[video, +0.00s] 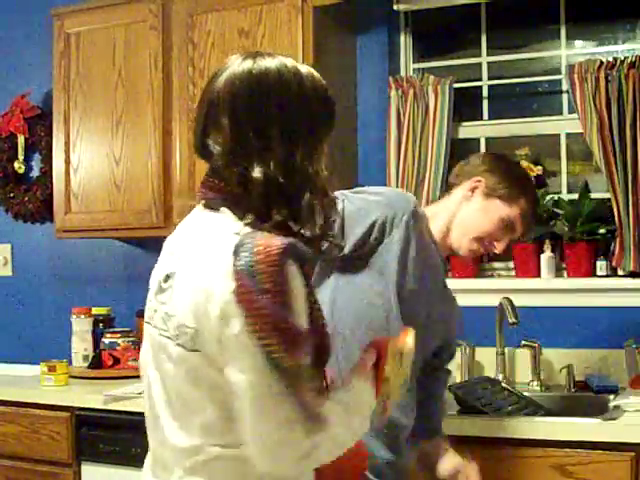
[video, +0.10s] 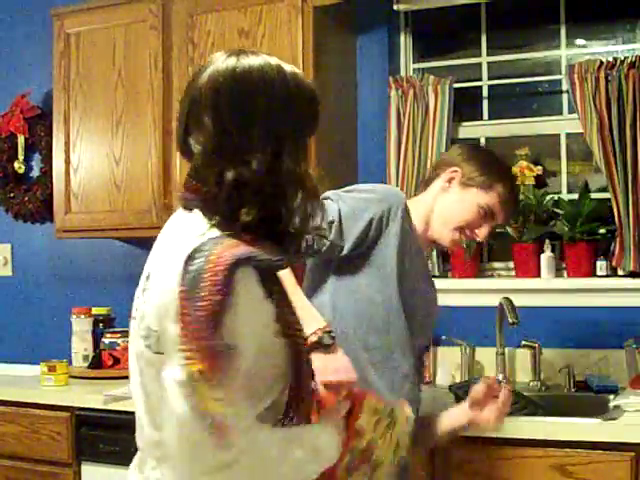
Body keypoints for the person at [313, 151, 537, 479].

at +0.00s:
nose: (501, 247)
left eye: (511, 241)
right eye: (505, 227)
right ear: (473, 189)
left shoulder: (444, 318)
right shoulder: (391, 210)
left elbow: (426, 435)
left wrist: (446, 461)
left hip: (379, 470)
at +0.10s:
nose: (482, 235)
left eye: (492, 228)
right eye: (485, 214)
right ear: (451, 179)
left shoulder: (423, 293)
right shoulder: (385, 206)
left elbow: (391, 431)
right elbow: (266, 235)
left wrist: (464, 415)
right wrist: (320, 341)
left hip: (382, 464)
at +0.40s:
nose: (454, 193)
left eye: (466, 188)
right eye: (448, 172)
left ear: (466, 199)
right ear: (408, 158)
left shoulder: (404, 267)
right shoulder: (367, 200)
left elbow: (428, 412)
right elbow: (253, 261)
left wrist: (490, 336)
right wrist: (352, 325)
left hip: (398, 466)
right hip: (346, 462)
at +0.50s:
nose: (442, 177)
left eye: (457, 171)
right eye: (434, 157)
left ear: (461, 189)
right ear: (400, 152)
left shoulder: (417, 282)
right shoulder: (361, 198)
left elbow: (449, 392)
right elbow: (244, 256)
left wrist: (508, 327)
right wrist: (342, 319)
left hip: (402, 463)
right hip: (339, 456)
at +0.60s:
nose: (431, 159)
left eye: (447, 154)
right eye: (422, 142)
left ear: (455, 178)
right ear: (395, 146)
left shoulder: (423, 271)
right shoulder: (355, 196)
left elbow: (462, 380)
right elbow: (233, 257)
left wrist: (517, 315)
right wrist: (321, 320)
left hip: (403, 459)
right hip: (342, 453)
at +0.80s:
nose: (428, 150)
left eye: (446, 143)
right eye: (420, 132)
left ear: (460, 167)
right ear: (396, 139)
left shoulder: (433, 267)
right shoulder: (346, 199)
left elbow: (478, 361)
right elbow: (226, 260)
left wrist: (505, 275)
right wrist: (279, 330)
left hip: (407, 461)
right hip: (341, 455)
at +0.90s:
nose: (425, 150)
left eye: (444, 143)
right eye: (416, 133)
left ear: (460, 166)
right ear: (396, 140)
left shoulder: (437, 265)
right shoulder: (344, 199)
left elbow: (482, 355)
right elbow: (227, 260)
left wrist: (494, 253)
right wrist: (270, 337)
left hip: (406, 460)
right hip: (333, 452)